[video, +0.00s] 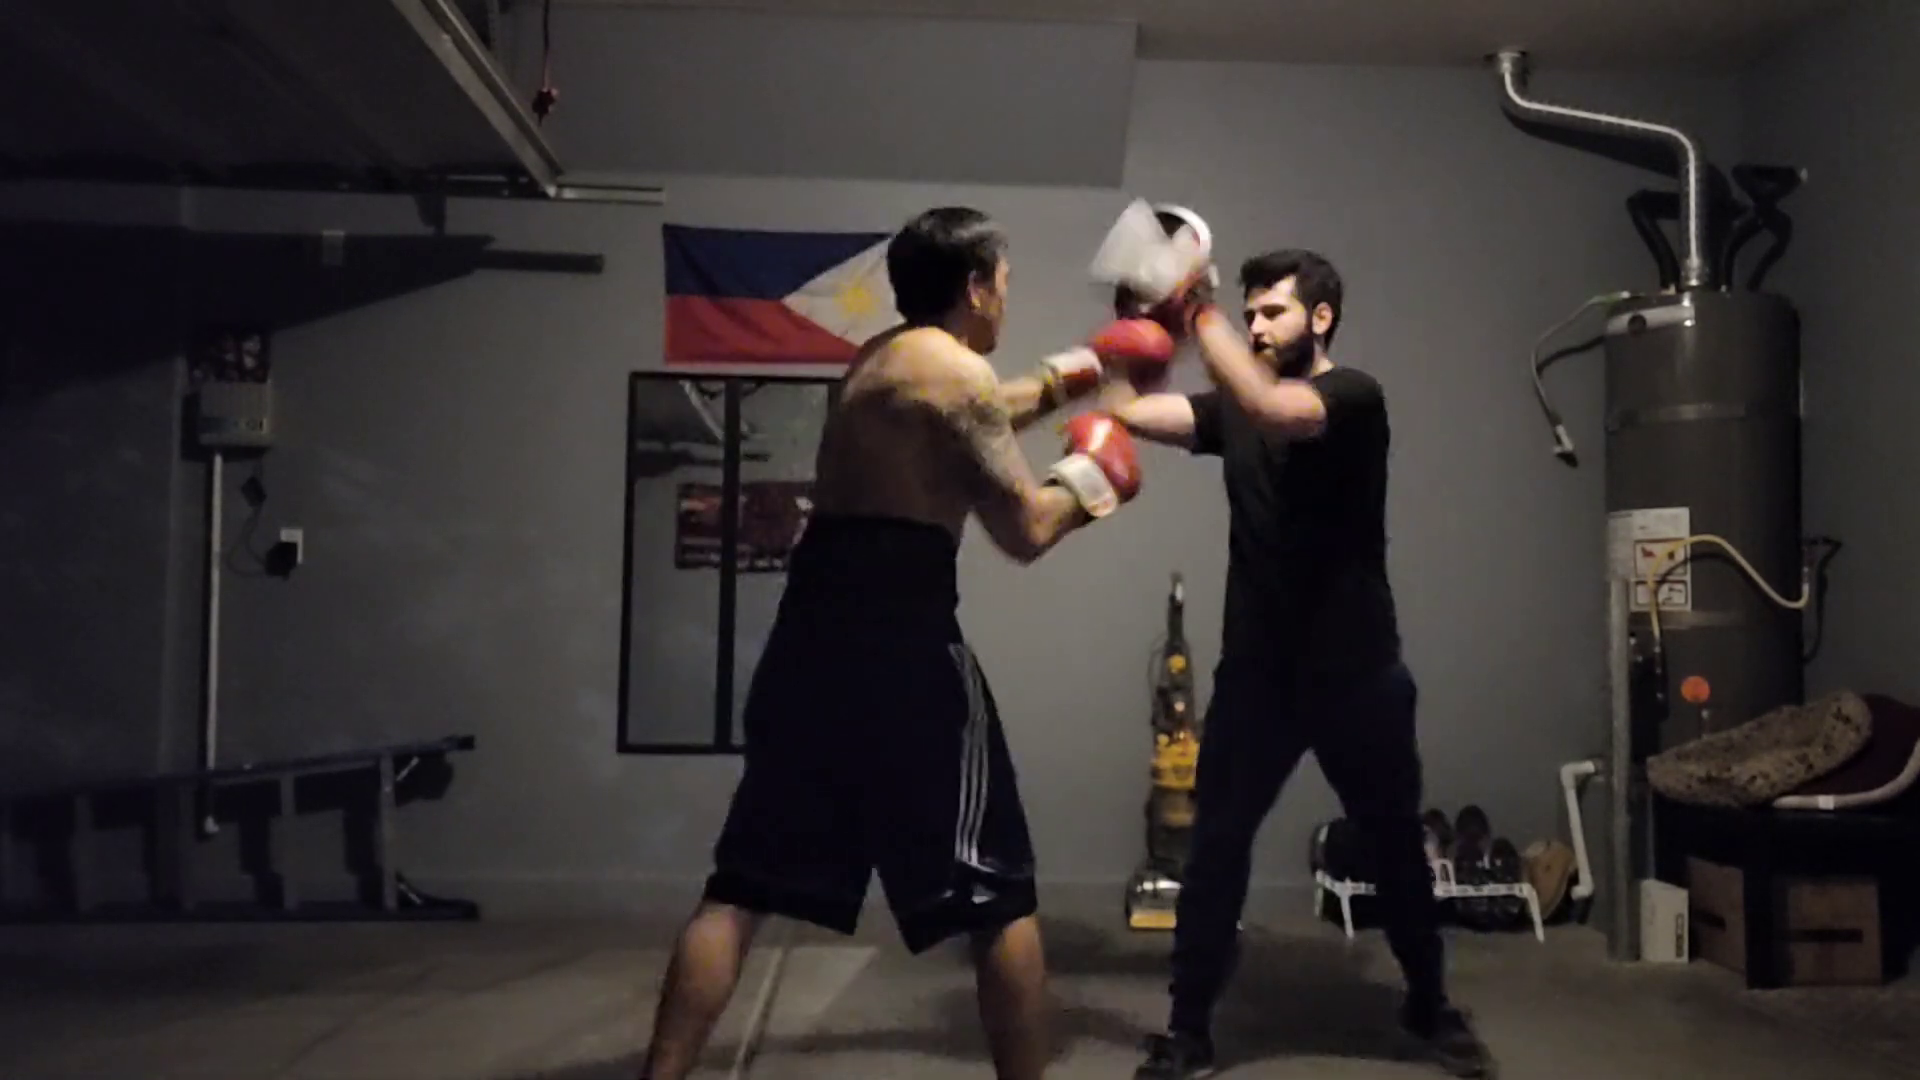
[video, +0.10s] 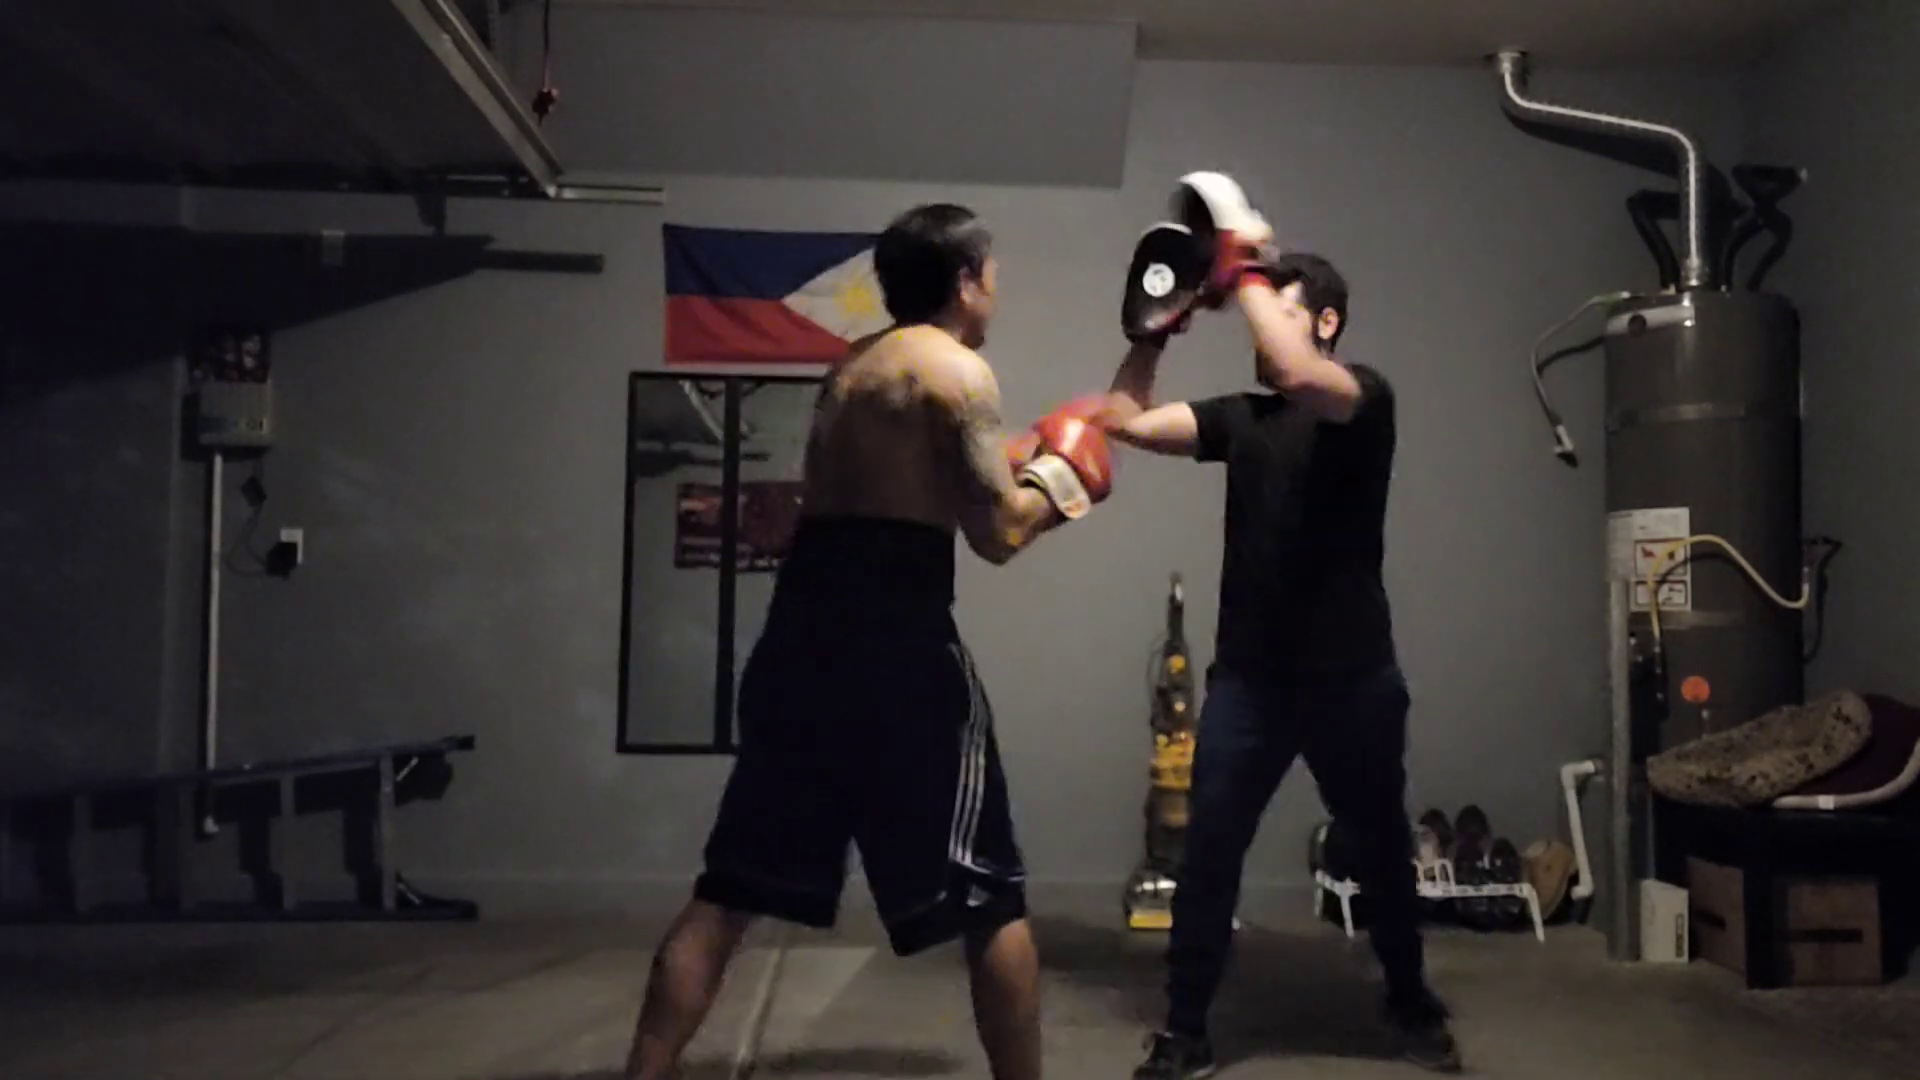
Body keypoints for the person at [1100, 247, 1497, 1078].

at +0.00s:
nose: (1257, 328)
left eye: (1273, 312)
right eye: (1250, 316)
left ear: (1322, 317)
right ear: (1243, 329)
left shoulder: (1357, 395)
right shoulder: (1238, 407)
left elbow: (1272, 406)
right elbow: (1137, 409)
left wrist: (1197, 309)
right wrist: (1118, 343)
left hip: (1355, 671)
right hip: (1258, 673)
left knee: (1394, 840)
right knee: (1216, 845)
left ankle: (1429, 1004)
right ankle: (1188, 1029)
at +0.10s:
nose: (1262, 321)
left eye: (1278, 307)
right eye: (1257, 309)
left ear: (1328, 323)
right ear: (1259, 329)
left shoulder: (1364, 397)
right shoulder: (1241, 415)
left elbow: (1294, 370)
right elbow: (1126, 419)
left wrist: (1241, 271)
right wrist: (1159, 324)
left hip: (1349, 671)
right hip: (1250, 672)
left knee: (1380, 846)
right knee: (1210, 844)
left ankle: (1409, 1001)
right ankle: (1185, 1027)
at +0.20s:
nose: (1285, 331)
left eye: (1300, 314)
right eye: (1276, 319)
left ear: (1341, 324)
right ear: (1265, 332)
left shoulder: (1386, 408)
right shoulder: (1253, 420)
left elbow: (1339, 392)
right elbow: (1135, 420)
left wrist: (1314, 294)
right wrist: (1163, 337)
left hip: (1359, 675)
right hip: (1258, 675)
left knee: (1375, 853)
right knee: (1216, 846)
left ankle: (1398, 1008)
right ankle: (1185, 1027)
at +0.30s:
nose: (1297, 341)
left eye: (1311, 327)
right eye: (1289, 330)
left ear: (1347, 333)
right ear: (1280, 339)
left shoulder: (1401, 416)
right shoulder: (1262, 420)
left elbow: (1365, 408)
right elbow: (1148, 419)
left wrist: (1351, 313)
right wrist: (1185, 334)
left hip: (1373, 678)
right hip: (1275, 676)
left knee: (1380, 858)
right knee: (1230, 856)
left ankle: (1397, 1013)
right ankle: (1188, 1030)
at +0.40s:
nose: (1310, 332)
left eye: (1324, 317)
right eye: (1299, 320)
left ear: (1361, 327)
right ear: (1287, 334)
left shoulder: (1409, 412)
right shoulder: (1271, 417)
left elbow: (1381, 418)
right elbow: (1158, 415)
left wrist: (1365, 324)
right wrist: (1203, 333)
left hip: (1380, 676)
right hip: (1281, 672)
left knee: (1382, 858)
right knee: (1235, 853)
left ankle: (1397, 1013)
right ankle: (1188, 1028)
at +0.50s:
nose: (1317, 345)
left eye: (1333, 330)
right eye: (1304, 332)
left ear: (1365, 335)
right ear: (1290, 340)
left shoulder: (1407, 412)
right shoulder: (1271, 416)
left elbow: (1391, 424)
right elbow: (1156, 411)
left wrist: (1371, 332)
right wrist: (1204, 335)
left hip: (1380, 676)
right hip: (1281, 670)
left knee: (1383, 855)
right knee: (1230, 842)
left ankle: (1396, 1011)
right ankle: (1180, 1016)